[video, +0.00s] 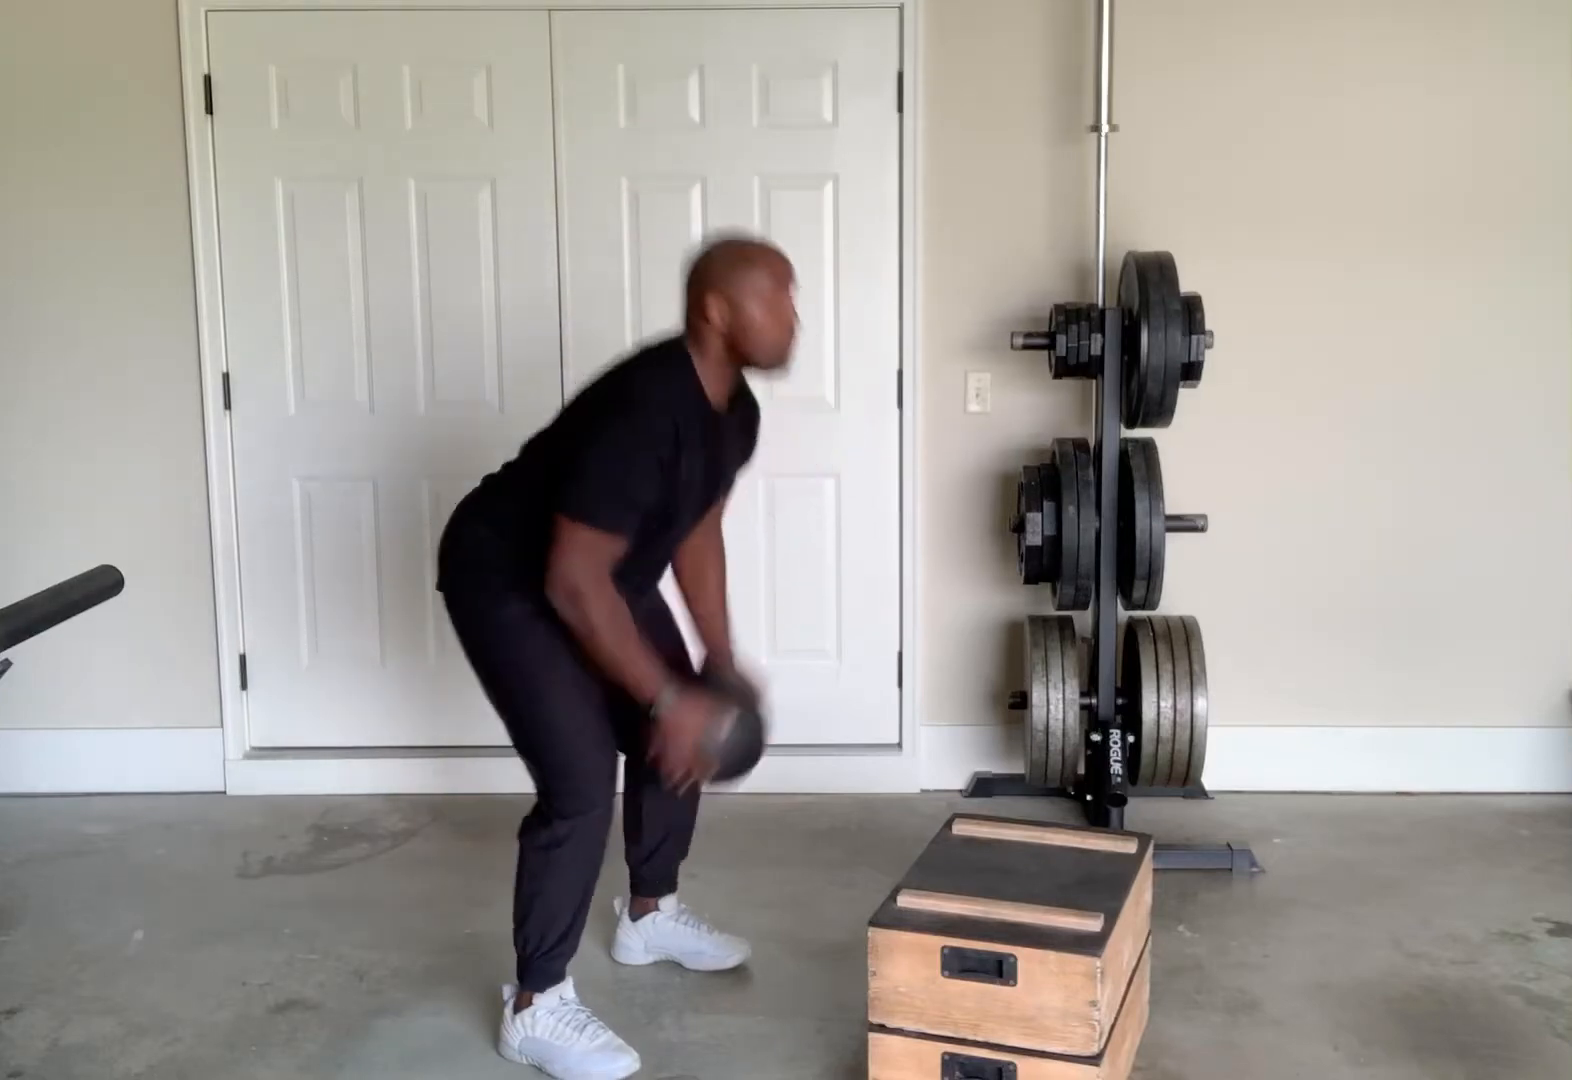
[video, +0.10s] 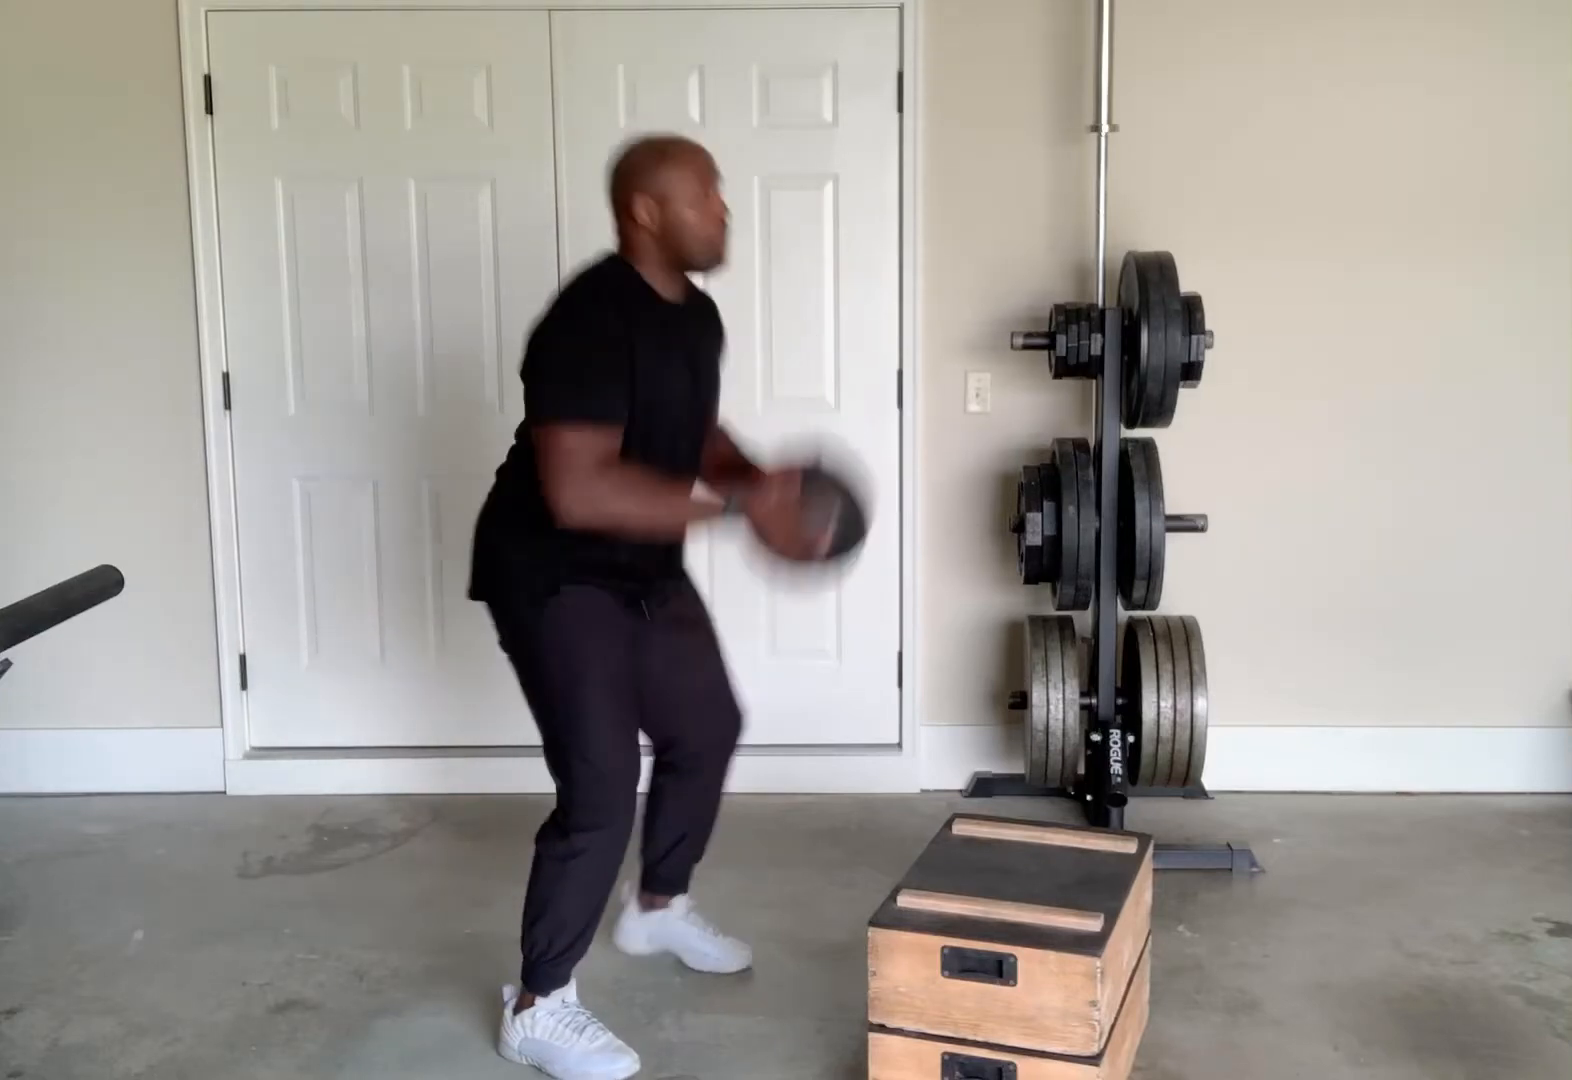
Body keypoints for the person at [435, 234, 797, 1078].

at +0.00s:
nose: (794, 315)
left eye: (792, 296)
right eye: (778, 296)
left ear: (731, 313)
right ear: (718, 310)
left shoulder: (736, 409)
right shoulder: (647, 403)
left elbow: (698, 531)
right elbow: (573, 577)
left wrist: (718, 658)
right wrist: (666, 700)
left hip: (602, 567)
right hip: (502, 570)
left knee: (682, 717)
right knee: (580, 778)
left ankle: (649, 915)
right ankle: (536, 1002)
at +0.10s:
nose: (725, 210)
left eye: (721, 194)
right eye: (706, 196)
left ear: (662, 213)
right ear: (646, 211)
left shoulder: (695, 317)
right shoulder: (586, 320)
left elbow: (684, 430)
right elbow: (577, 489)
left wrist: (758, 482)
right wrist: (727, 508)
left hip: (647, 568)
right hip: (553, 575)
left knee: (704, 730)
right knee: (602, 783)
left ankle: (656, 910)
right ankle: (539, 1000)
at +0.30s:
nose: (691, 151)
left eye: (685, 140)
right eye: (672, 139)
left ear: (658, 150)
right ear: (628, 151)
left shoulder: (696, 231)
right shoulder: (586, 235)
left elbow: (802, 175)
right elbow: (690, 154)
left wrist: (809, 30)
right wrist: (750, 22)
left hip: (703, 518)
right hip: (610, 543)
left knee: (876, 546)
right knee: (595, 781)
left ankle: (777, 743)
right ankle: (540, 1001)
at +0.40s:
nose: (752, 162)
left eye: (756, 144)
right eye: (736, 143)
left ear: (740, 149)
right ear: (681, 137)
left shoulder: (723, 215)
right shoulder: (628, 208)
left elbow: (761, 76)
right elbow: (667, 30)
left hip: (740, 512)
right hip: (637, 537)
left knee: (913, 531)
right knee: (598, 773)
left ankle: (912, 762)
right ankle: (543, 997)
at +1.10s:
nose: (682, 152)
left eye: (681, 136)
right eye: (661, 132)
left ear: (683, 146)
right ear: (618, 143)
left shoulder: (706, 227)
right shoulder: (579, 242)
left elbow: (797, 166)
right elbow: (670, 117)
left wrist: (779, 24)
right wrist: (714, 1)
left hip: (775, 508)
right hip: (660, 539)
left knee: (946, 580)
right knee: (621, 764)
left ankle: (956, 812)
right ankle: (557, 985)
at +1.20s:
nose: (650, 154)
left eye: (647, 140)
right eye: (627, 139)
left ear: (647, 155)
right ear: (570, 165)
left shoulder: (671, 250)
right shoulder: (541, 260)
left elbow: (786, 267)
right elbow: (662, 243)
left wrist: (766, 145)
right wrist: (718, 121)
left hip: (742, 517)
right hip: (631, 549)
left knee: (916, 578)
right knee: (599, 770)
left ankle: (951, 810)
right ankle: (550, 991)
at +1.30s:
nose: (623, 167)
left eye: (620, 150)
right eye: (601, 151)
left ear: (598, 169)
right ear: (540, 169)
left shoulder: (626, 270)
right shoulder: (514, 285)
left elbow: (728, 377)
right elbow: (612, 385)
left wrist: (736, 267)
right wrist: (700, 268)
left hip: (709, 526)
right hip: (601, 570)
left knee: (886, 568)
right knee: (576, 779)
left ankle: (937, 804)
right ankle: (542, 996)